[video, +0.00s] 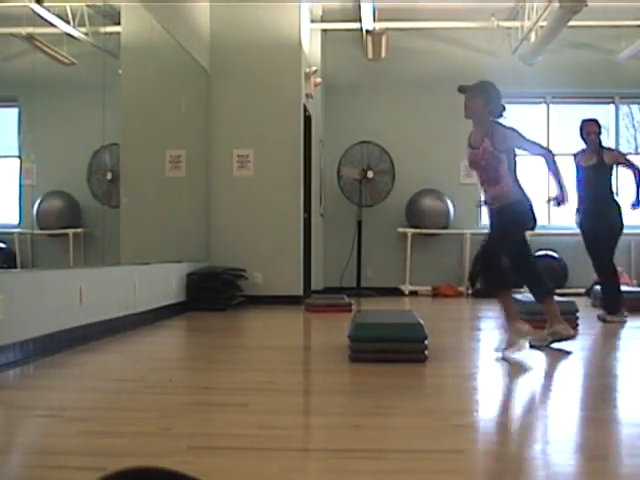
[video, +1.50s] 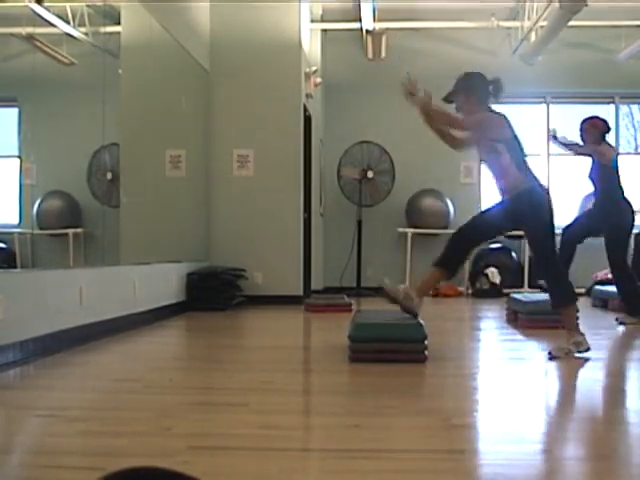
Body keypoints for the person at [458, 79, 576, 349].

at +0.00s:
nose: (464, 103)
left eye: (470, 99)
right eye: (465, 99)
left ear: (485, 103)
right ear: (474, 104)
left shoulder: (501, 133)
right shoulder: (473, 137)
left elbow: (546, 153)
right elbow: (488, 167)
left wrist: (560, 187)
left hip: (514, 209)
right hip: (497, 211)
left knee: (487, 263)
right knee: (526, 266)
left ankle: (515, 325)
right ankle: (558, 323)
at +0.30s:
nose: (449, 73)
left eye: (455, 69)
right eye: (450, 69)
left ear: (472, 75)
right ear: (460, 77)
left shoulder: (483, 103)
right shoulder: (456, 114)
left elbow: (471, 141)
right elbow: (435, 145)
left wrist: (428, 152)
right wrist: (401, 149)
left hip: (508, 182)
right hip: (482, 185)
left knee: (515, 252)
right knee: (446, 224)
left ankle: (523, 329)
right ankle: (461, 299)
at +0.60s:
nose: (410, 65)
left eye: (416, 61)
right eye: (411, 61)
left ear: (434, 64)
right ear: (422, 67)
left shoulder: (453, 90)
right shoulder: (417, 102)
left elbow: (431, 111)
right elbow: (385, 127)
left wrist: (392, 114)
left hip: (470, 172)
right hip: (441, 174)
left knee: (479, 244)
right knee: (406, 225)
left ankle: (500, 319)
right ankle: (402, 301)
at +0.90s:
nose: (383, 68)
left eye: (387, 62)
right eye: (383, 63)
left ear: (403, 62)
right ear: (399, 64)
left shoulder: (437, 86)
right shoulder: (398, 100)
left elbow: (485, 92)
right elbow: (421, 130)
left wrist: (517, 117)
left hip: (453, 167)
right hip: (423, 168)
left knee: (419, 214)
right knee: (392, 223)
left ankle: (425, 289)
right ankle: (401, 297)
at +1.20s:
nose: (408, 65)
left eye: (411, 58)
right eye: (408, 59)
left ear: (427, 55)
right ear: (423, 57)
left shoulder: (455, 79)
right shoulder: (425, 97)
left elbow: (453, 112)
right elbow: (399, 131)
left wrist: (424, 130)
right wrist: (362, 140)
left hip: (479, 161)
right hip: (451, 166)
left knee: (487, 227)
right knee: (425, 223)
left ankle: (516, 298)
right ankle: (404, 299)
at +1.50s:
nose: (458, 108)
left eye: (460, 101)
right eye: (456, 102)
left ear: (474, 98)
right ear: (474, 100)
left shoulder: (495, 120)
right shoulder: (482, 128)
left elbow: (456, 122)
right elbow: (454, 142)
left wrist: (424, 104)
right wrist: (427, 114)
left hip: (531, 201)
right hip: (510, 204)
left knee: (549, 265)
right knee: (462, 239)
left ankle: (574, 335)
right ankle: (415, 296)